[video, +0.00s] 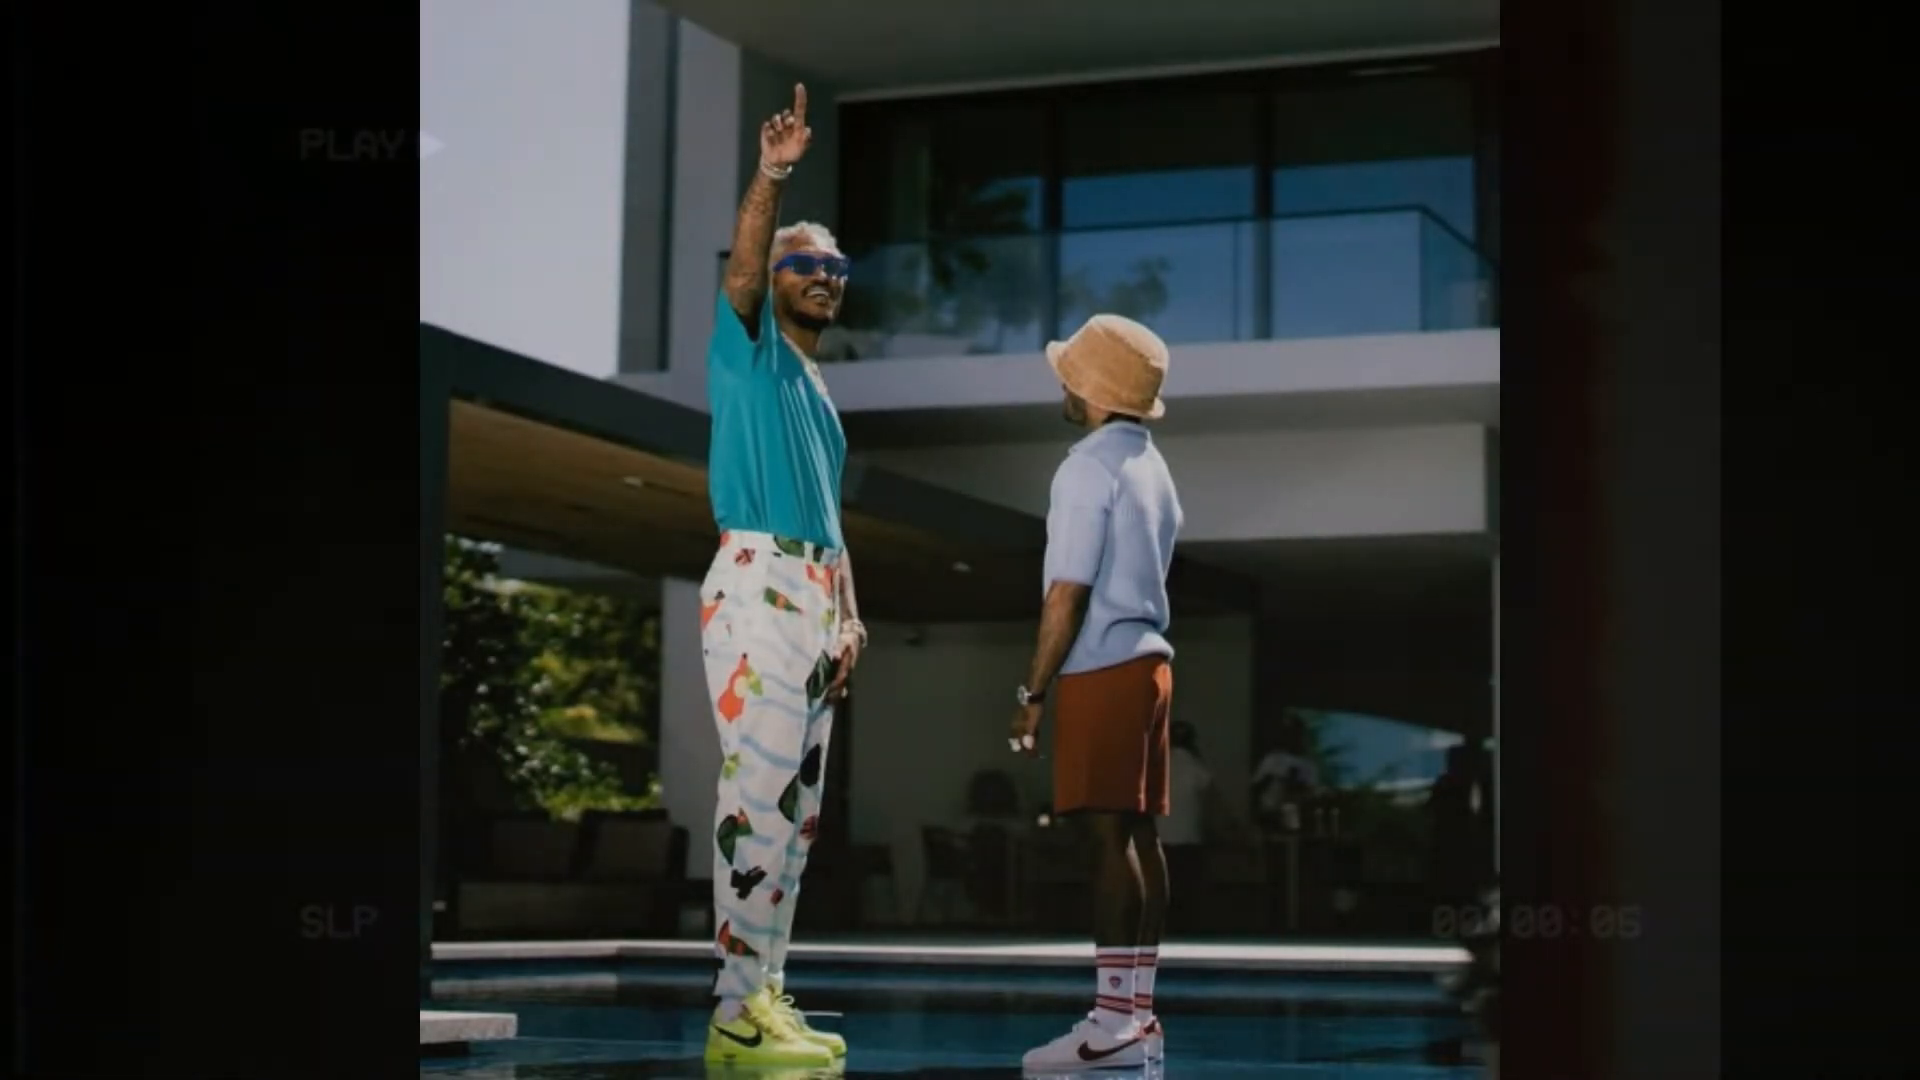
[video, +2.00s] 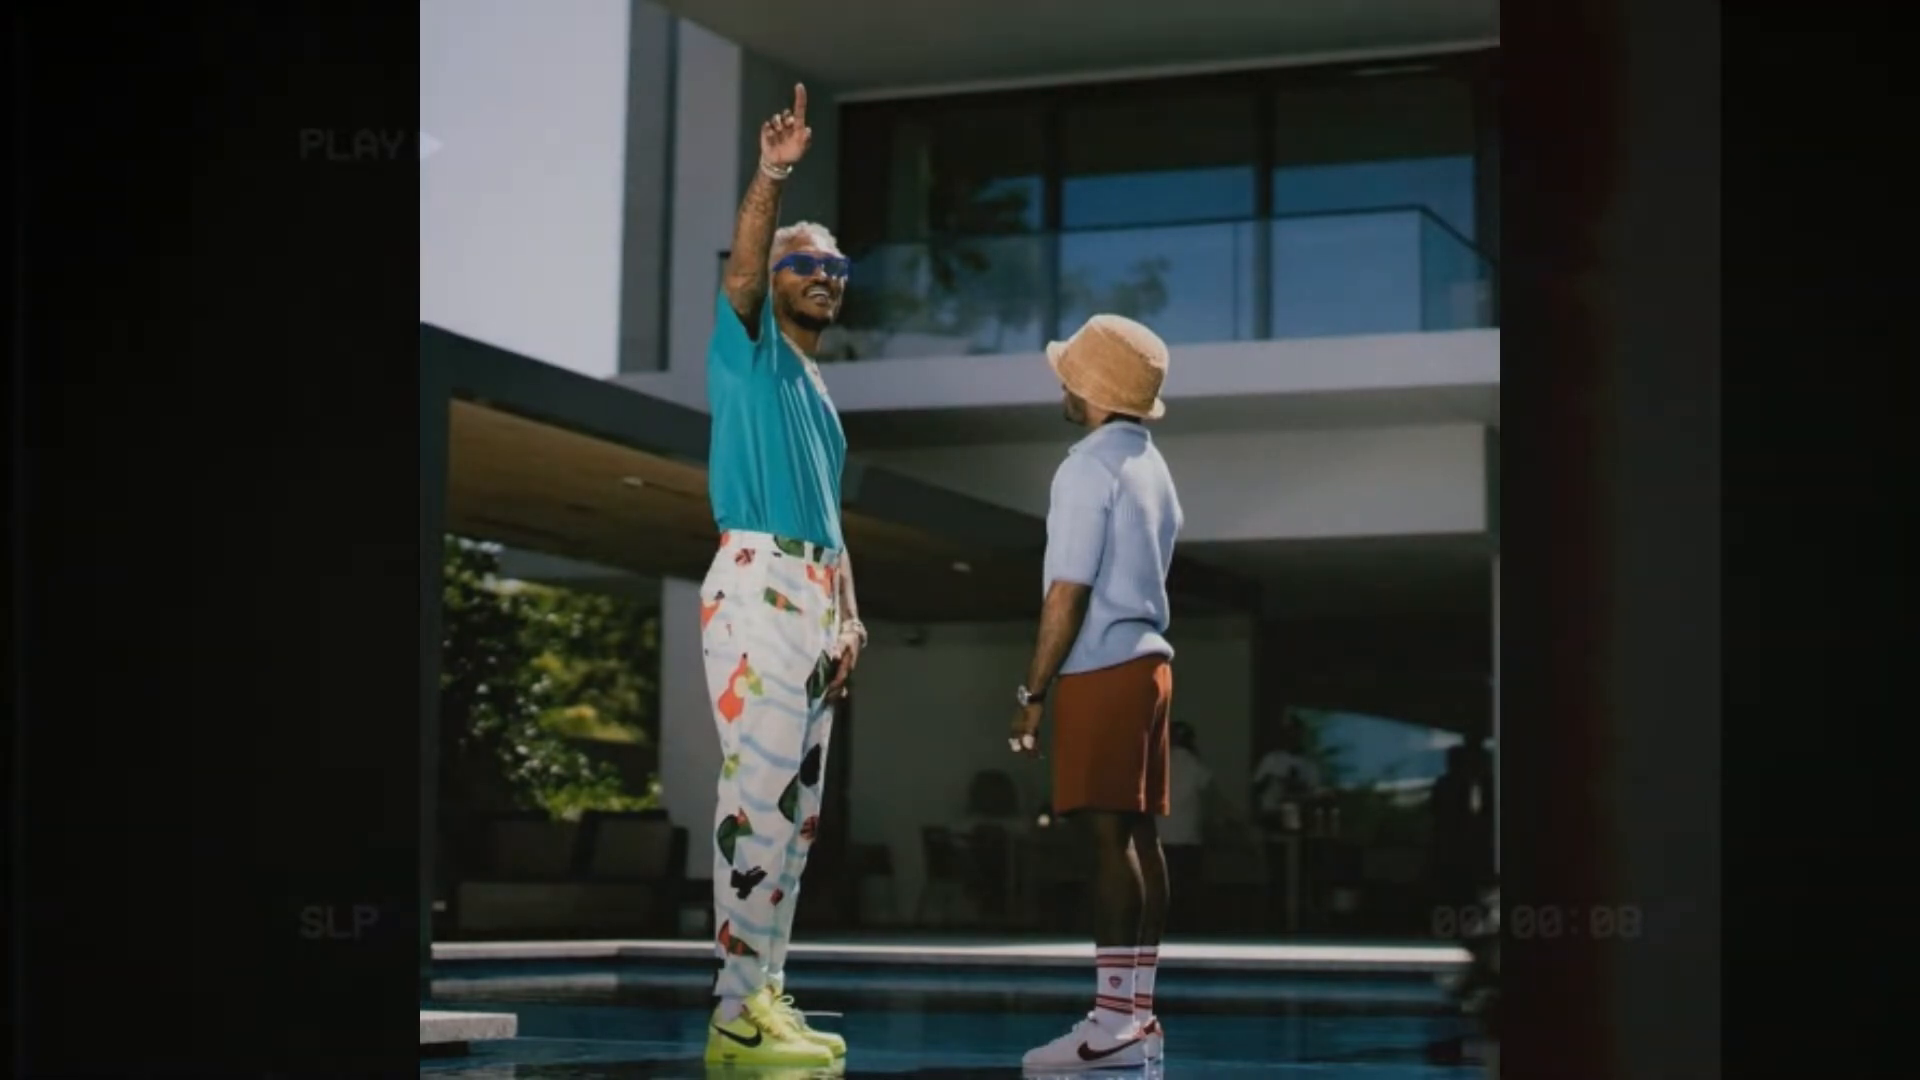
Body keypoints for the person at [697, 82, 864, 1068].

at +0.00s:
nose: (823, 281)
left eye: (833, 272)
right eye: (805, 267)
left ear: (841, 292)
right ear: (770, 278)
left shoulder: (818, 394)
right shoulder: (744, 344)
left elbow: (826, 520)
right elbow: (744, 267)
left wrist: (847, 612)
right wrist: (770, 173)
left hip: (814, 590)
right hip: (756, 581)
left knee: (794, 798)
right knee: (759, 791)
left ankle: (757, 1005)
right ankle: (747, 1006)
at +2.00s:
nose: (823, 282)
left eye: (834, 273)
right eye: (805, 268)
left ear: (842, 293)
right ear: (770, 278)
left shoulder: (819, 395)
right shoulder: (744, 344)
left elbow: (828, 520)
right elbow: (744, 266)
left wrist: (847, 612)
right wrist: (770, 173)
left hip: (814, 590)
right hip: (756, 582)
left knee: (794, 798)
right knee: (759, 793)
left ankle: (759, 1000)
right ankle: (745, 1006)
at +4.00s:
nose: (823, 283)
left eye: (834, 274)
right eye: (806, 268)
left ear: (841, 293)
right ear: (770, 277)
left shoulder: (818, 394)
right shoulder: (744, 343)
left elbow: (827, 519)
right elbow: (744, 268)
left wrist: (847, 612)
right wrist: (769, 174)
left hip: (814, 590)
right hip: (755, 582)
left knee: (794, 798)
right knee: (759, 791)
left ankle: (757, 1003)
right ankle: (746, 1004)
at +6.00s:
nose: (823, 284)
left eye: (834, 274)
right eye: (806, 268)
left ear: (841, 293)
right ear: (770, 278)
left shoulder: (817, 393)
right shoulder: (744, 343)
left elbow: (827, 519)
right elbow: (743, 269)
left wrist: (847, 612)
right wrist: (770, 174)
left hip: (814, 589)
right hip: (756, 582)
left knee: (794, 798)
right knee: (759, 790)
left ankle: (756, 1003)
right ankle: (747, 1002)